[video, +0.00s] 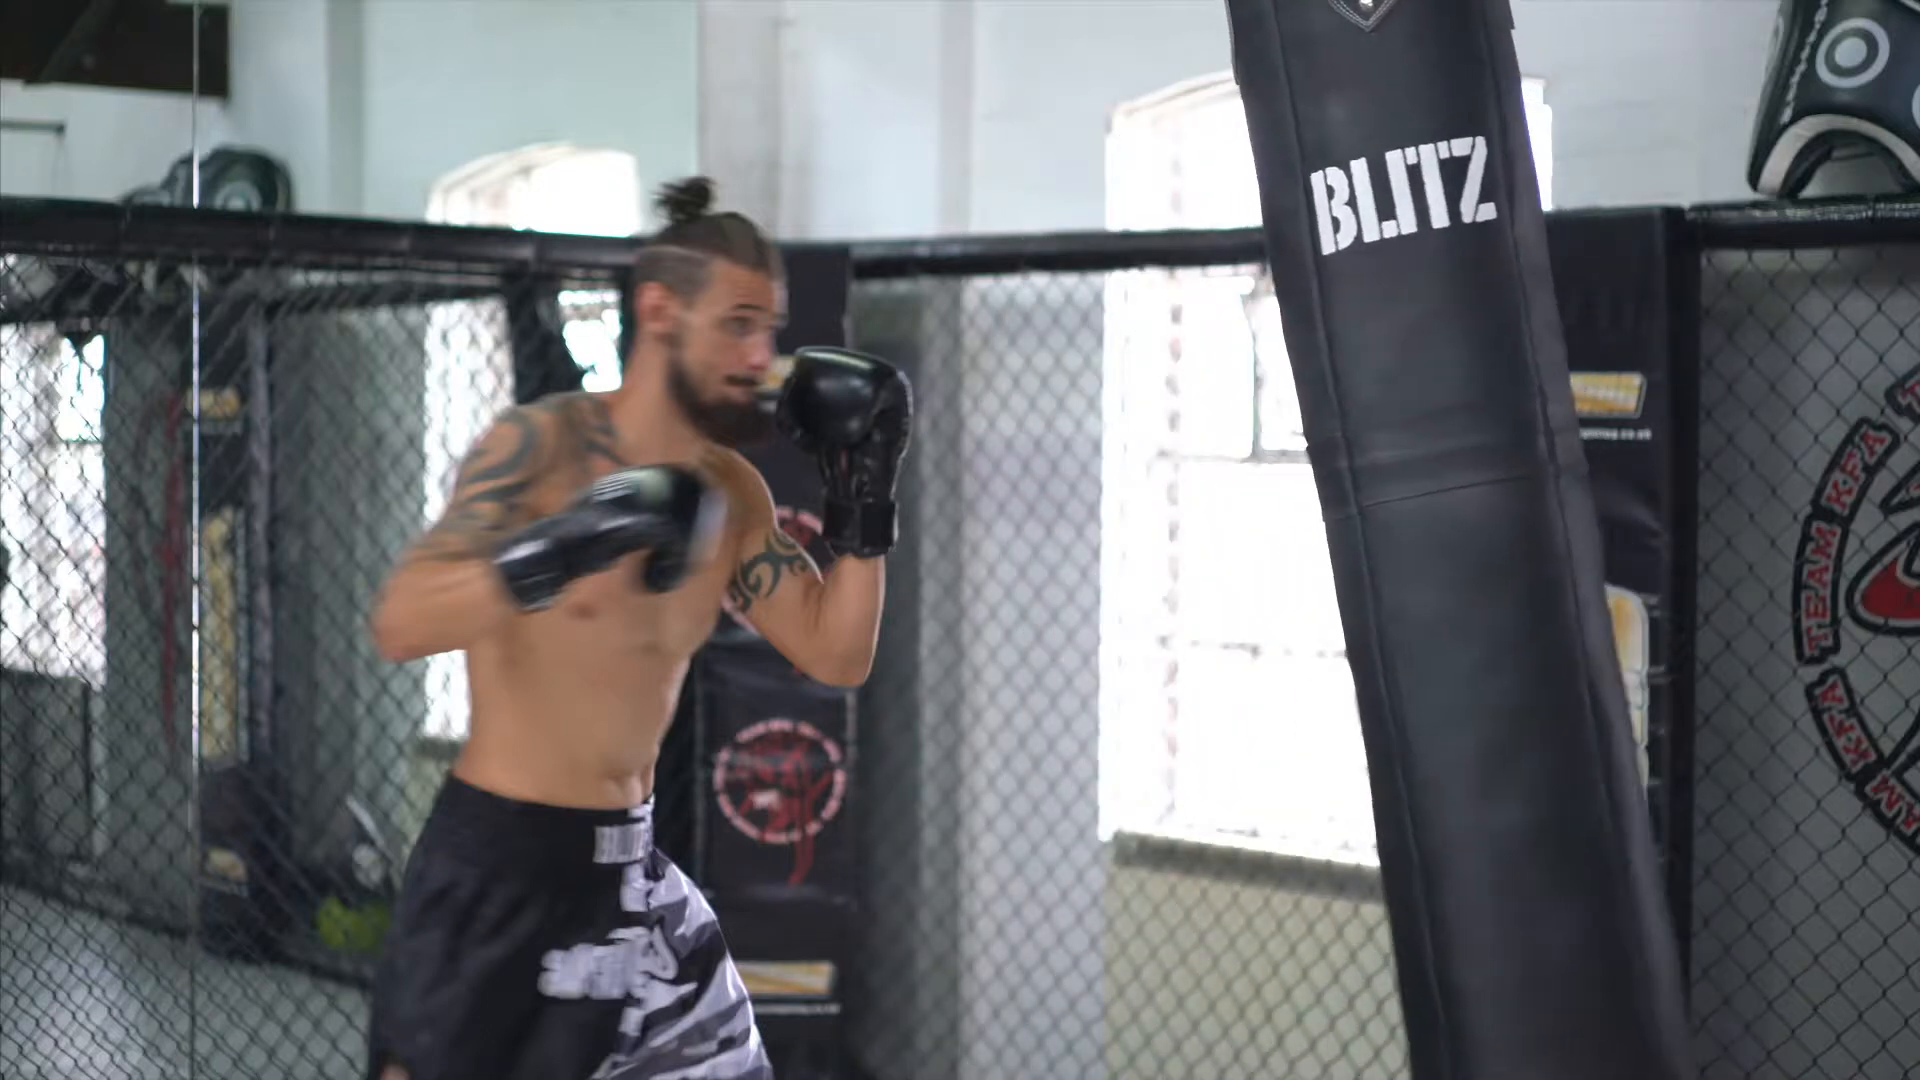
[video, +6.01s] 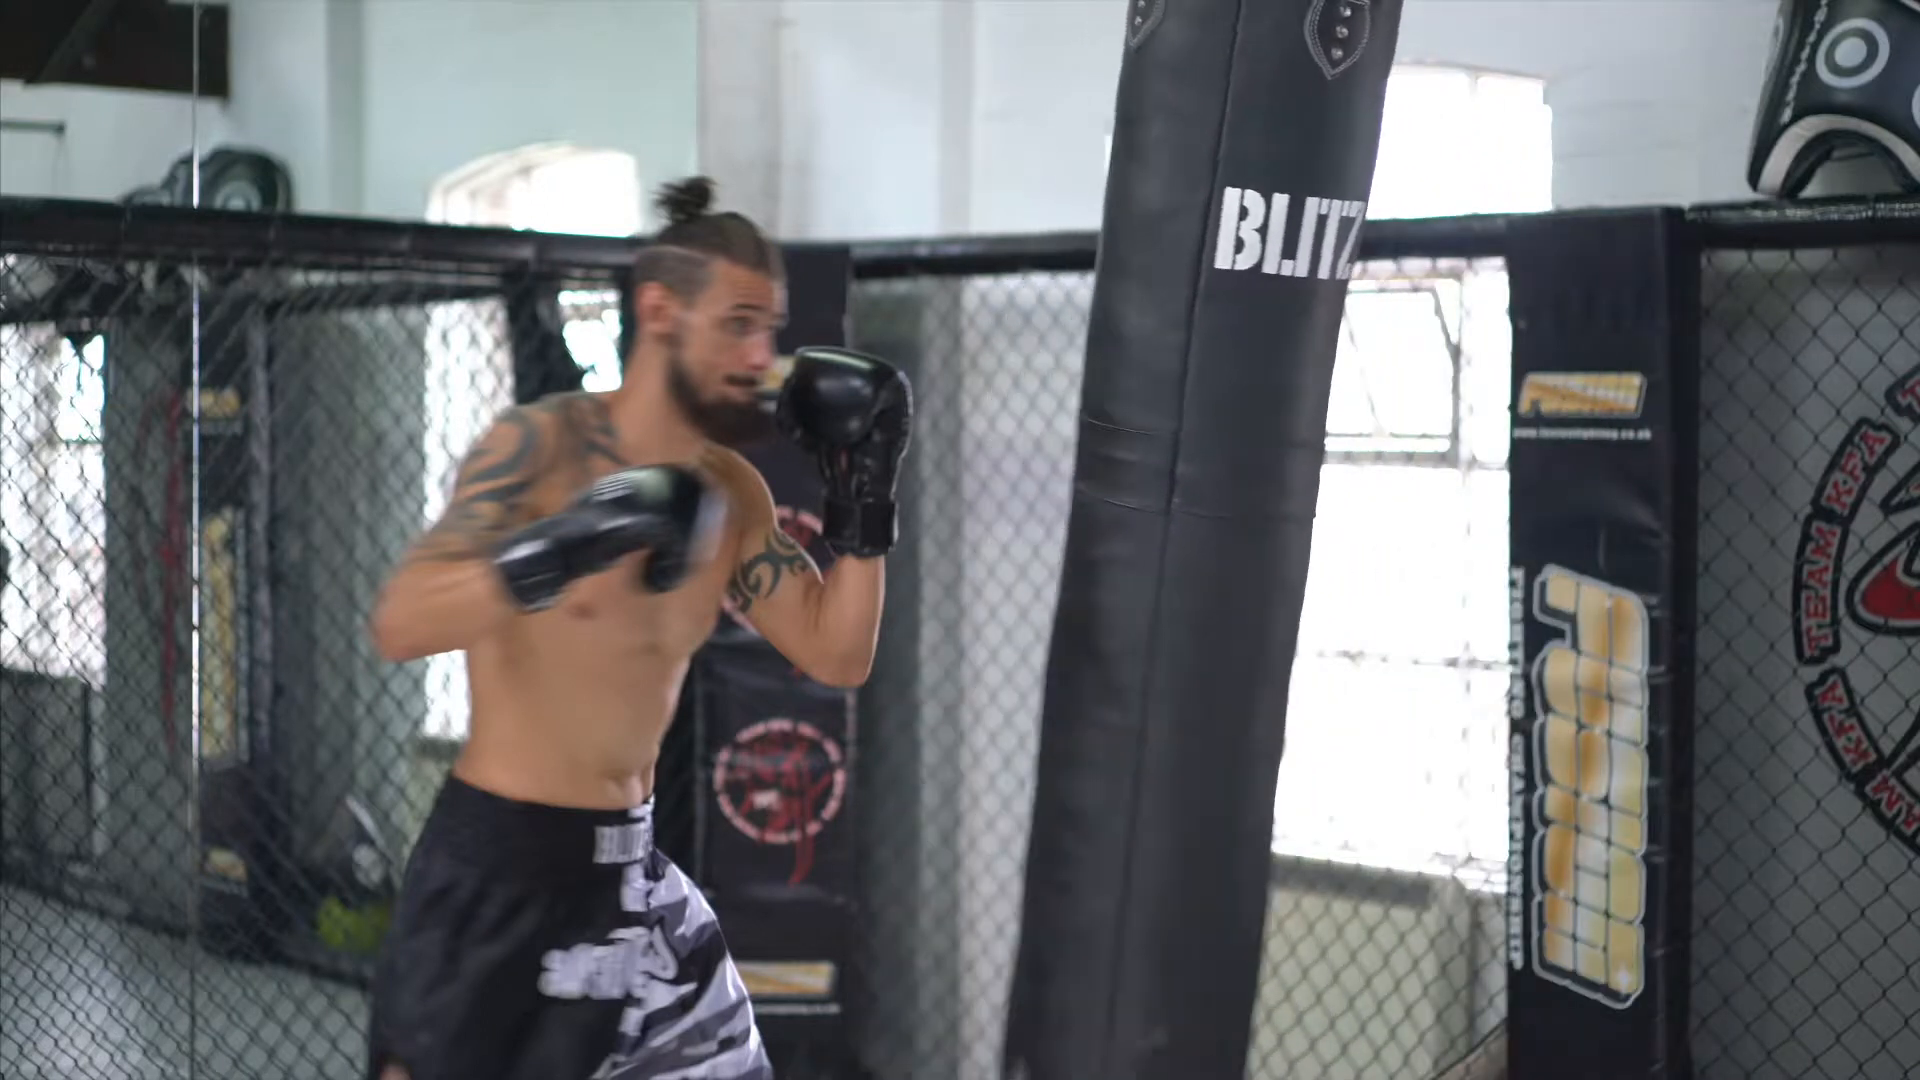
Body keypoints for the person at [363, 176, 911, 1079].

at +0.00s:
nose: (762, 358)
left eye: (772, 332)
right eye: (739, 326)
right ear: (656, 310)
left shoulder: (733, 492)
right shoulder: (540, 439)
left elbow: (839, 655)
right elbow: (401, 623)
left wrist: (865, 483)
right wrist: (568, 547)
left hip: (636, 867)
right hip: (500, 866)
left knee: (732, 1066)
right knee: (442, 1065)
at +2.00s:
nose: (762, 358)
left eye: (772, 331)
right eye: (739, 325)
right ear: (656, 310)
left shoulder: (734, 493)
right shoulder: (539, 440)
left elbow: (839, 655)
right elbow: (401, 623)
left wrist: (864, 483)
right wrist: (569, 547)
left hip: (636, 868)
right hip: (500, 866)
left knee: (732, 1066)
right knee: (442, 1065)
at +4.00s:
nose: (762, 358)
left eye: (772, 331)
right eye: (739, 325)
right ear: (656, 309)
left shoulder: (733, 492)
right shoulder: (537, 441)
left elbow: (839, 655)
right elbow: (400, 623)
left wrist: (865, 480)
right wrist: (568, 547)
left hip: (636, 866)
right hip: (500, 865)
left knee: (732, 1066)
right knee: (441, 1065)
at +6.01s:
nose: (763, 357)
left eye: (772, 331)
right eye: (740, 325)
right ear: (656, 310)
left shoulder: (733, 493)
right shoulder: (538, 441)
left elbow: (839, 655)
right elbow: (400, 623)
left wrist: (865, 480)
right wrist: (568, 547)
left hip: (636, 868)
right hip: (500, 867)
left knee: (732, 1066)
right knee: (442, 1065)